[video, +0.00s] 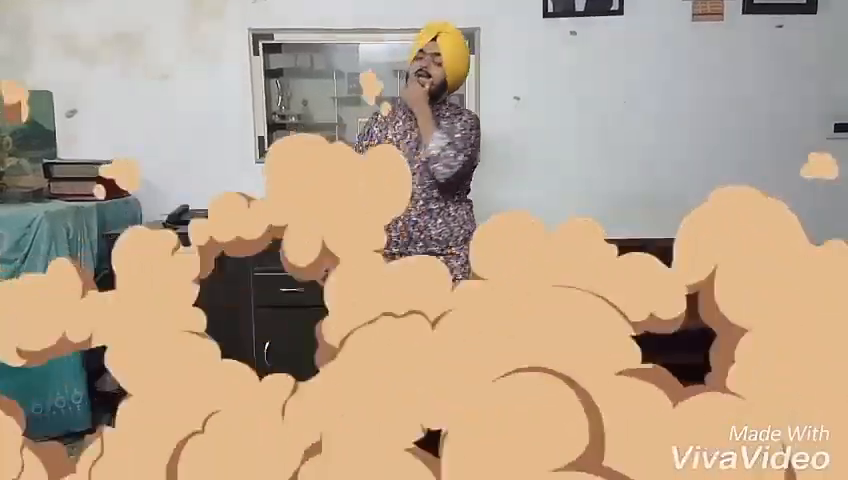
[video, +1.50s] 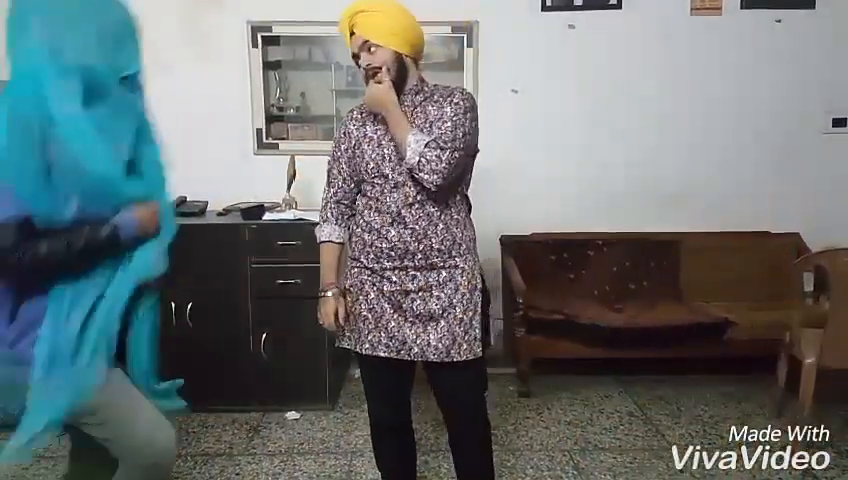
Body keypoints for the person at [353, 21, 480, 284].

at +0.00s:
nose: (424, 64)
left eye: (436, 59)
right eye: (420, 56)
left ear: (453, 71)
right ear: (411, 61)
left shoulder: (463, 121)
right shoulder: (387, 115)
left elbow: (448, 174)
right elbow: (356, 170)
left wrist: (420, 108)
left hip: (446, 249)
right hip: (391, 247)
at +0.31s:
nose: (447, 52)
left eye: (459, 48)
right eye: (441, 44)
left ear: (473, 63)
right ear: (426, 54)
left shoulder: (483, 112)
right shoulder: (396, 112)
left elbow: (478, 160)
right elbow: (372, 189)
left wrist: (447, 98)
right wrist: (387, 255)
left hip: (467, 254)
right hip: (406, 255)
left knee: (463, 358)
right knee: (407, 355)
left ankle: (461, 460)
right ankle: (423, 434)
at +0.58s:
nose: (449, 46)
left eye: (461, 40)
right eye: (442, 39)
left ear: (479, 53)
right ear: (429, 49)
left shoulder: (495, 108)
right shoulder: (404, 111)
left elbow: (488, 160)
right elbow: (381, 187)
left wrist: (453, 93)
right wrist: (378, 260)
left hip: (476, 257)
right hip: (412, 257)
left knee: (467, 364)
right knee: (395, 357)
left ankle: (459, 459)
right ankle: (404, 433)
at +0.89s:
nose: (410, 56)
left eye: (419, 44)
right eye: (403, 49)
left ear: (446, 47)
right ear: (399, 58)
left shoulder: (485, 107)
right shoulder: (391, 118)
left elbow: (472, 168)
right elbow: (371, 201)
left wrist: (429, 106)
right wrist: (365, 275)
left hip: (469, 269)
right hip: (402, 270)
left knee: (463, 382)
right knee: (402, 394)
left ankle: (457, 463)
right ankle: (399, 473)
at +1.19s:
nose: (371, 64)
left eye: (379, 52)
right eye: (366, 56)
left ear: (412, 51)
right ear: (367, 61)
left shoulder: (460, 106)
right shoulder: (366, 123)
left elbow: (441, 171)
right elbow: (346, 205)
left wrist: (397, 113)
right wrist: (340, 279)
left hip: (452, 278)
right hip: (380, 281)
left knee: (469, 392)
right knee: (388, 407)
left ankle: (462, 456)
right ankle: (397, 473)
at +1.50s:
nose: (364, 62)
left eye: (372, 48)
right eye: (358, 55)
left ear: (405, 45)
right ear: (356, 60)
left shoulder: (454, 105)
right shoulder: (356, 122)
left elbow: (439, 174)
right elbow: (336, 207)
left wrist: (391, 110)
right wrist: (329, 286)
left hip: (446, 288)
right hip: (374, 292)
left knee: (466, 420)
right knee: (387, 422)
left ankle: (477, 476)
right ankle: (398, 476)